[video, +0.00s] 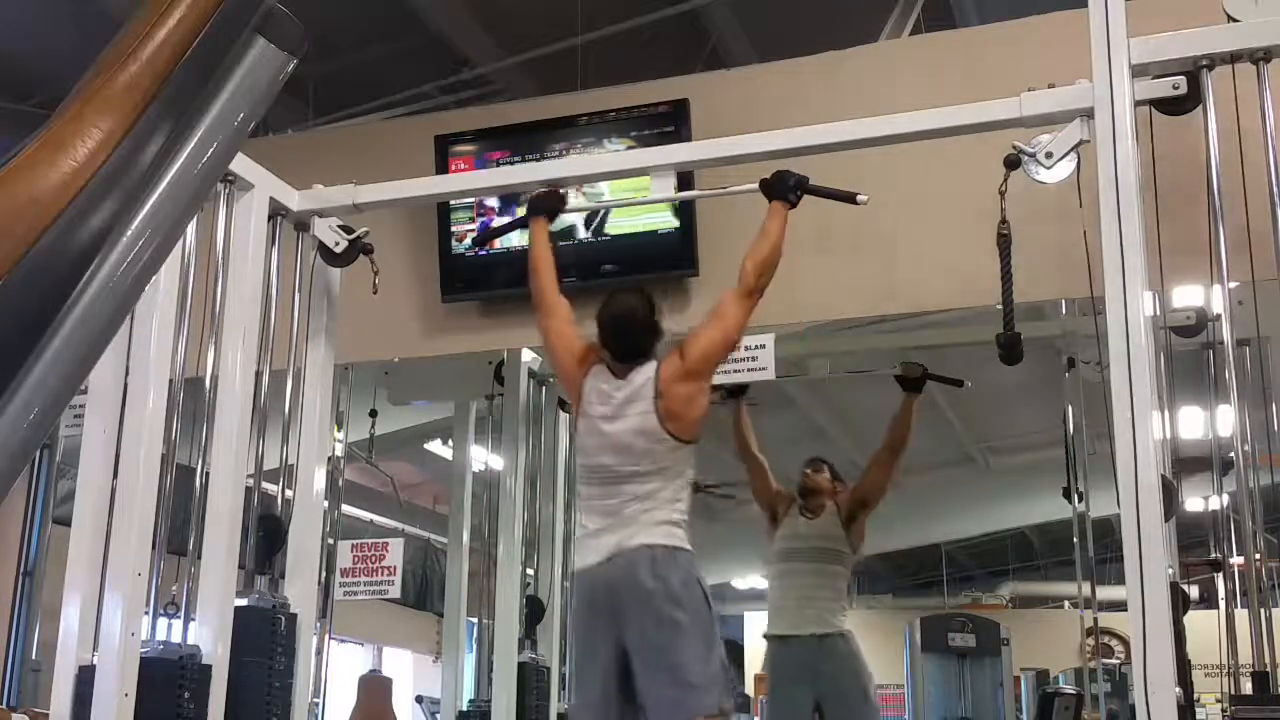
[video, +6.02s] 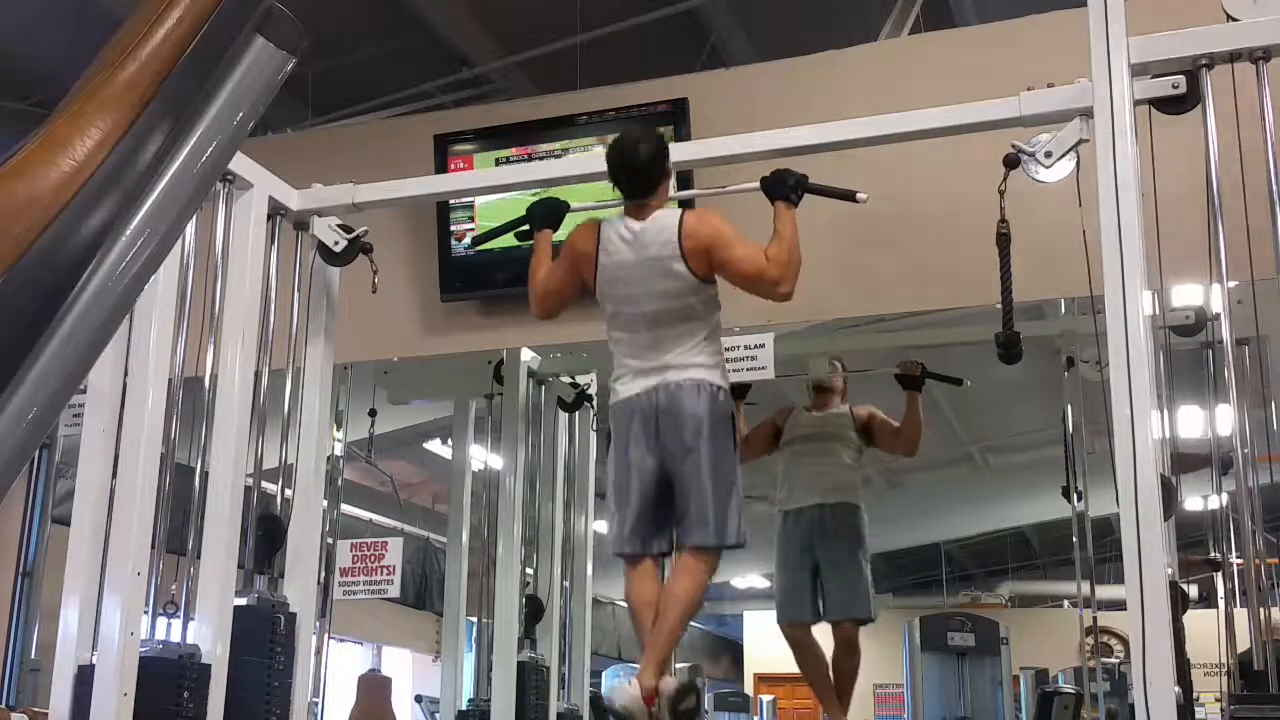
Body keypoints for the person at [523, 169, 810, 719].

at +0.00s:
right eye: (650, 315)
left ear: (601, 338)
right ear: (655, 331)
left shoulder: (583, 377)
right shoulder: (684, 373)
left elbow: (547, 300)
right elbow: (749, 288)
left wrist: (538, 219)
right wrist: (779, 203)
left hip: (590, 570)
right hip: (658, 562)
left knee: (595, 711)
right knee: (693, 709)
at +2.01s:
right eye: (647, 222)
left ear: (599, 237)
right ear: (654, 230)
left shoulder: (584, 289)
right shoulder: (691, 281)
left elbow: (542, 301)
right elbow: (779, 285)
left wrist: (540, 234)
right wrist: (784, 206)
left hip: (614, 465)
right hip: (683, 462)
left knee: (603, 610)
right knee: (685, 604)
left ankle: (590, 716)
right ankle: (651, 715)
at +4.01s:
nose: (660, 281)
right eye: (660, 274)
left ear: (611, 288)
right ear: (663, 280)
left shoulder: (590, 336)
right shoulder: (700, 320)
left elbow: (549, 302)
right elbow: (781, 288)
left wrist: (544, 234)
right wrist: (784, 207)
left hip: (625, 516)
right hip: (693, 511)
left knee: (629, 660)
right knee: (705, 655)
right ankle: (660, 719)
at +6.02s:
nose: (665, 169)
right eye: (666, 161)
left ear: (613, 183)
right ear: (667, 173)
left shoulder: (590, 240)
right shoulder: (699, 228)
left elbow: (543, 303)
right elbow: (779, 281)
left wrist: (541, 235)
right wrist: (786, 207)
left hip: (632, 404)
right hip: (696, 398)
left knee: (639, 550)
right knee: (699, 544)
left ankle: (662, 679)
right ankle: (647, 679)